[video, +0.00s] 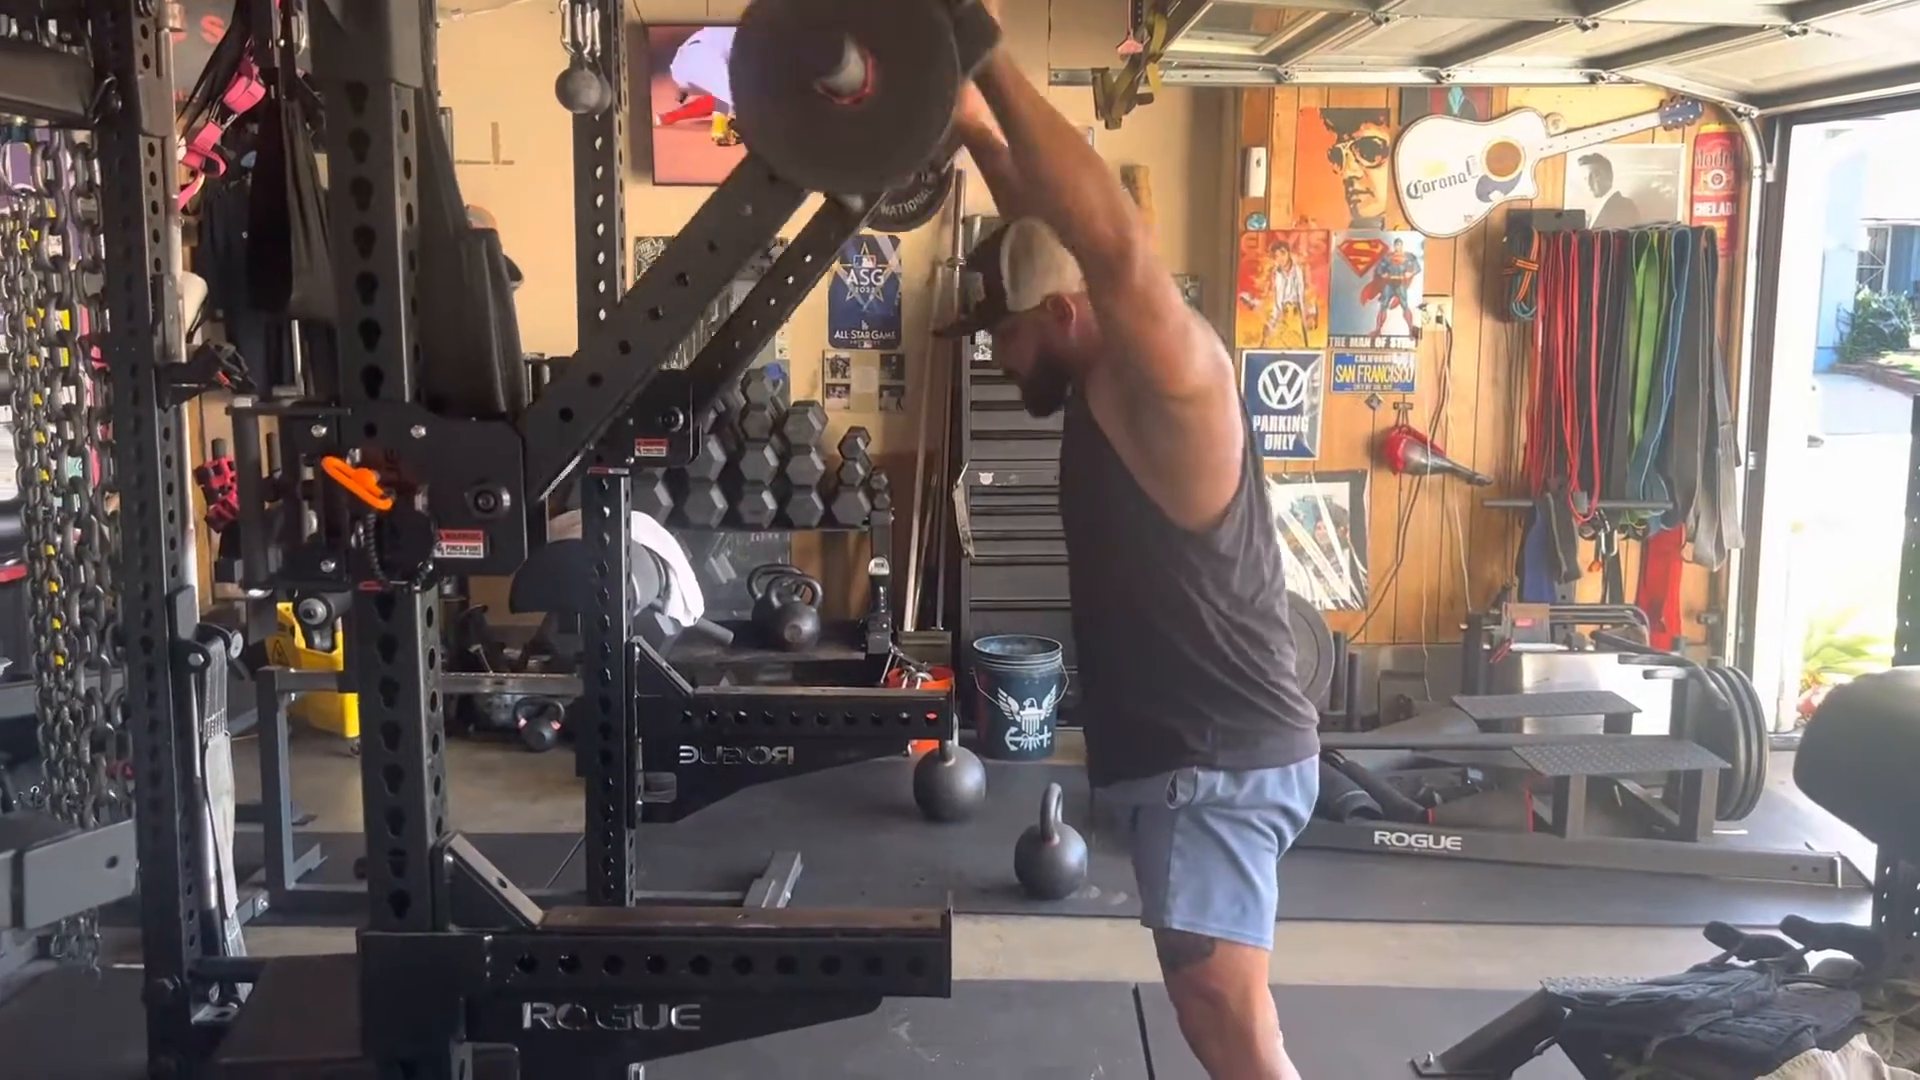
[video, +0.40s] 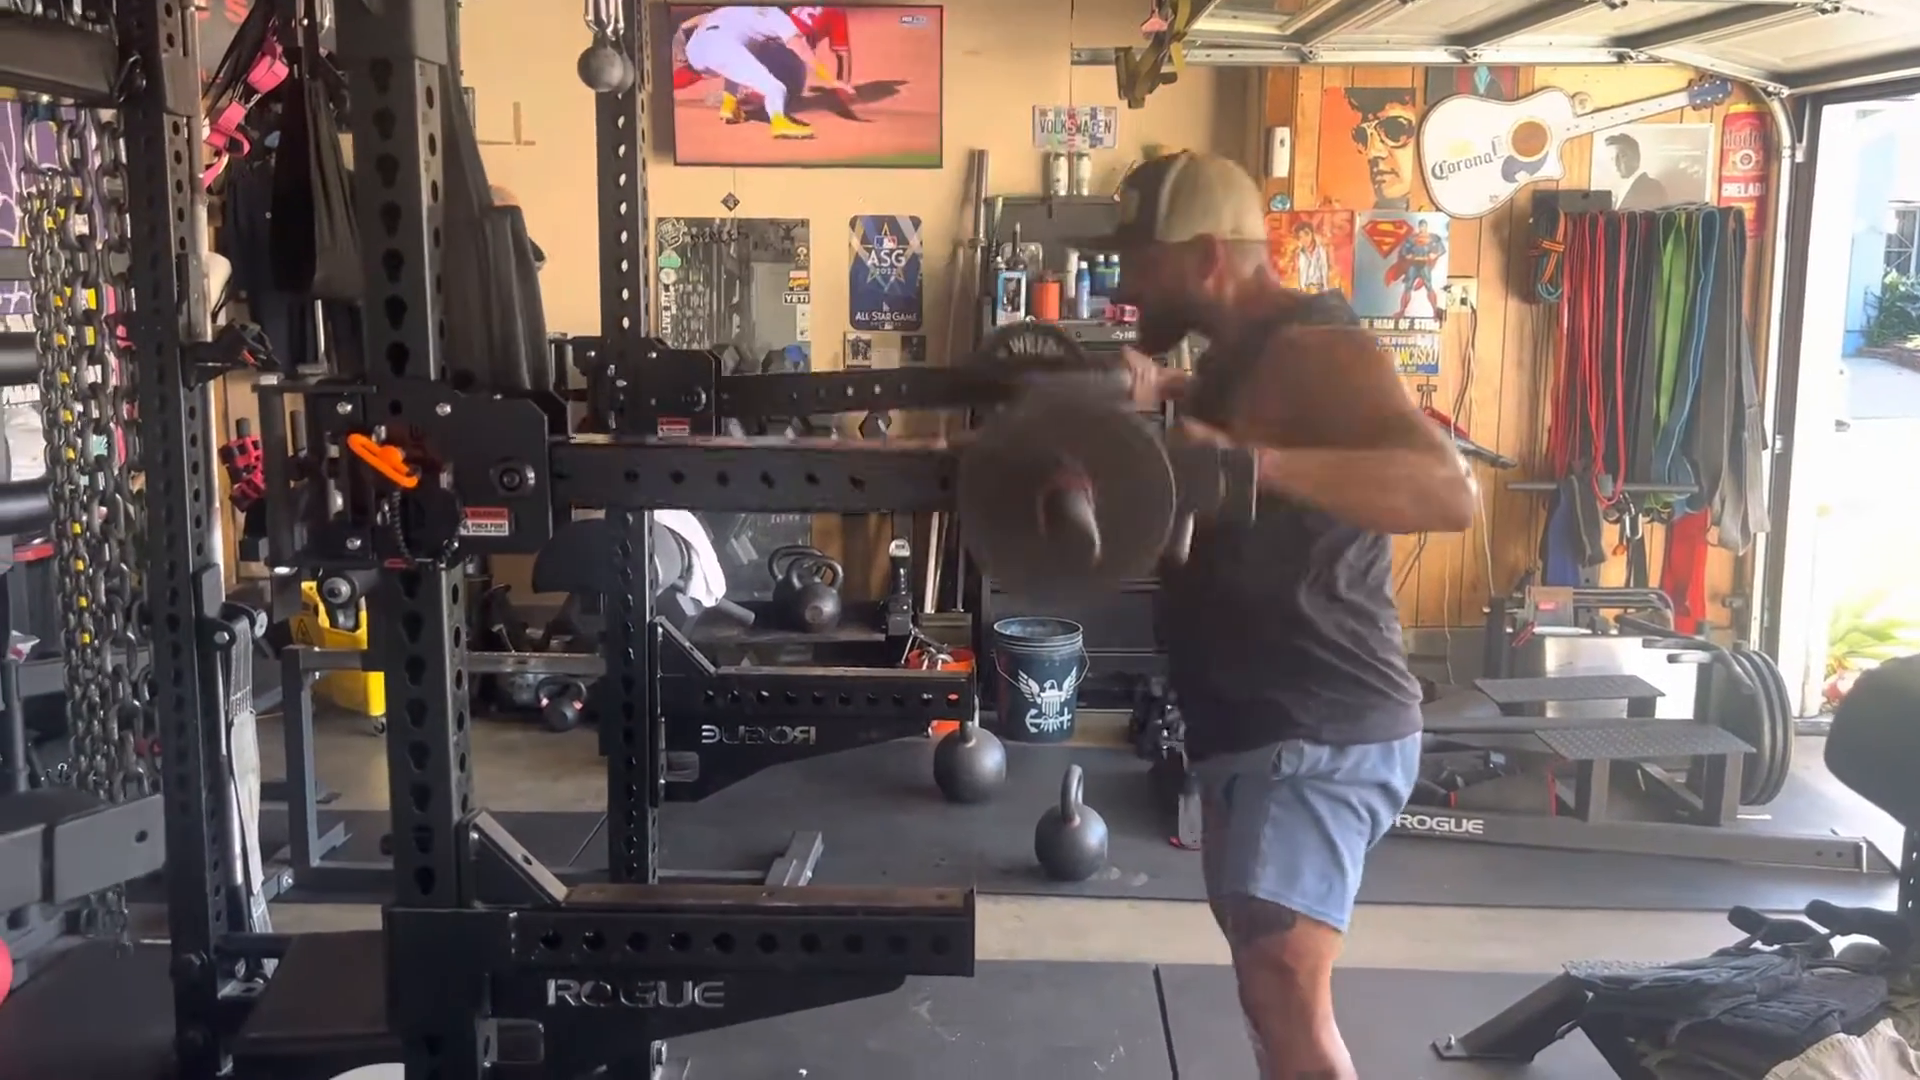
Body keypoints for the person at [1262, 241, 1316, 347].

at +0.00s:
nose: (1280, 259)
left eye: (1283, 254)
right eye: (1276, 256)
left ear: (1288, 253)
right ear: (1274, 258)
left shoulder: (1299, 270)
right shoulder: (1275, 273)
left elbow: (1308, 291)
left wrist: (1311, 313)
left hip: (1297, 309)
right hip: (1281, 310)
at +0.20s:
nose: (1291, 251)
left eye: (1293, 246)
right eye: (1287, 248)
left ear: (1299, 245)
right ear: (1285, 250)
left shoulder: (1309, 261)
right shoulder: (1286, 264)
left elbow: (1313, 282)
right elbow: (1286, 284)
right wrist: (1287, 304)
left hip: (1306, 298)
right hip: (1293, 299)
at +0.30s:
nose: (1297, 246)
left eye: (1299, 241)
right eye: (1293, 243)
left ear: (1305, 240)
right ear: (1291, 245)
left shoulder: (1316, 256)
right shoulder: (1292, 259)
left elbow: (1324, 277)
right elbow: (1290, 280)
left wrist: (1328, 300)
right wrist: (1291, 300)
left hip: (1314, 296)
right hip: (1298, 297)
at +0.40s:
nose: (1304, 240)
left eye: (1306, 235)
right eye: (1300, 237)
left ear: (1312, 235)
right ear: (1298, 239)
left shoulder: (1322, 250)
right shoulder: (1299, 253)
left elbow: (1325, 269)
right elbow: (1300, 271)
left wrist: (1326, 286)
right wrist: (1301, 286)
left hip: (1319, 287)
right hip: (1305, 287)